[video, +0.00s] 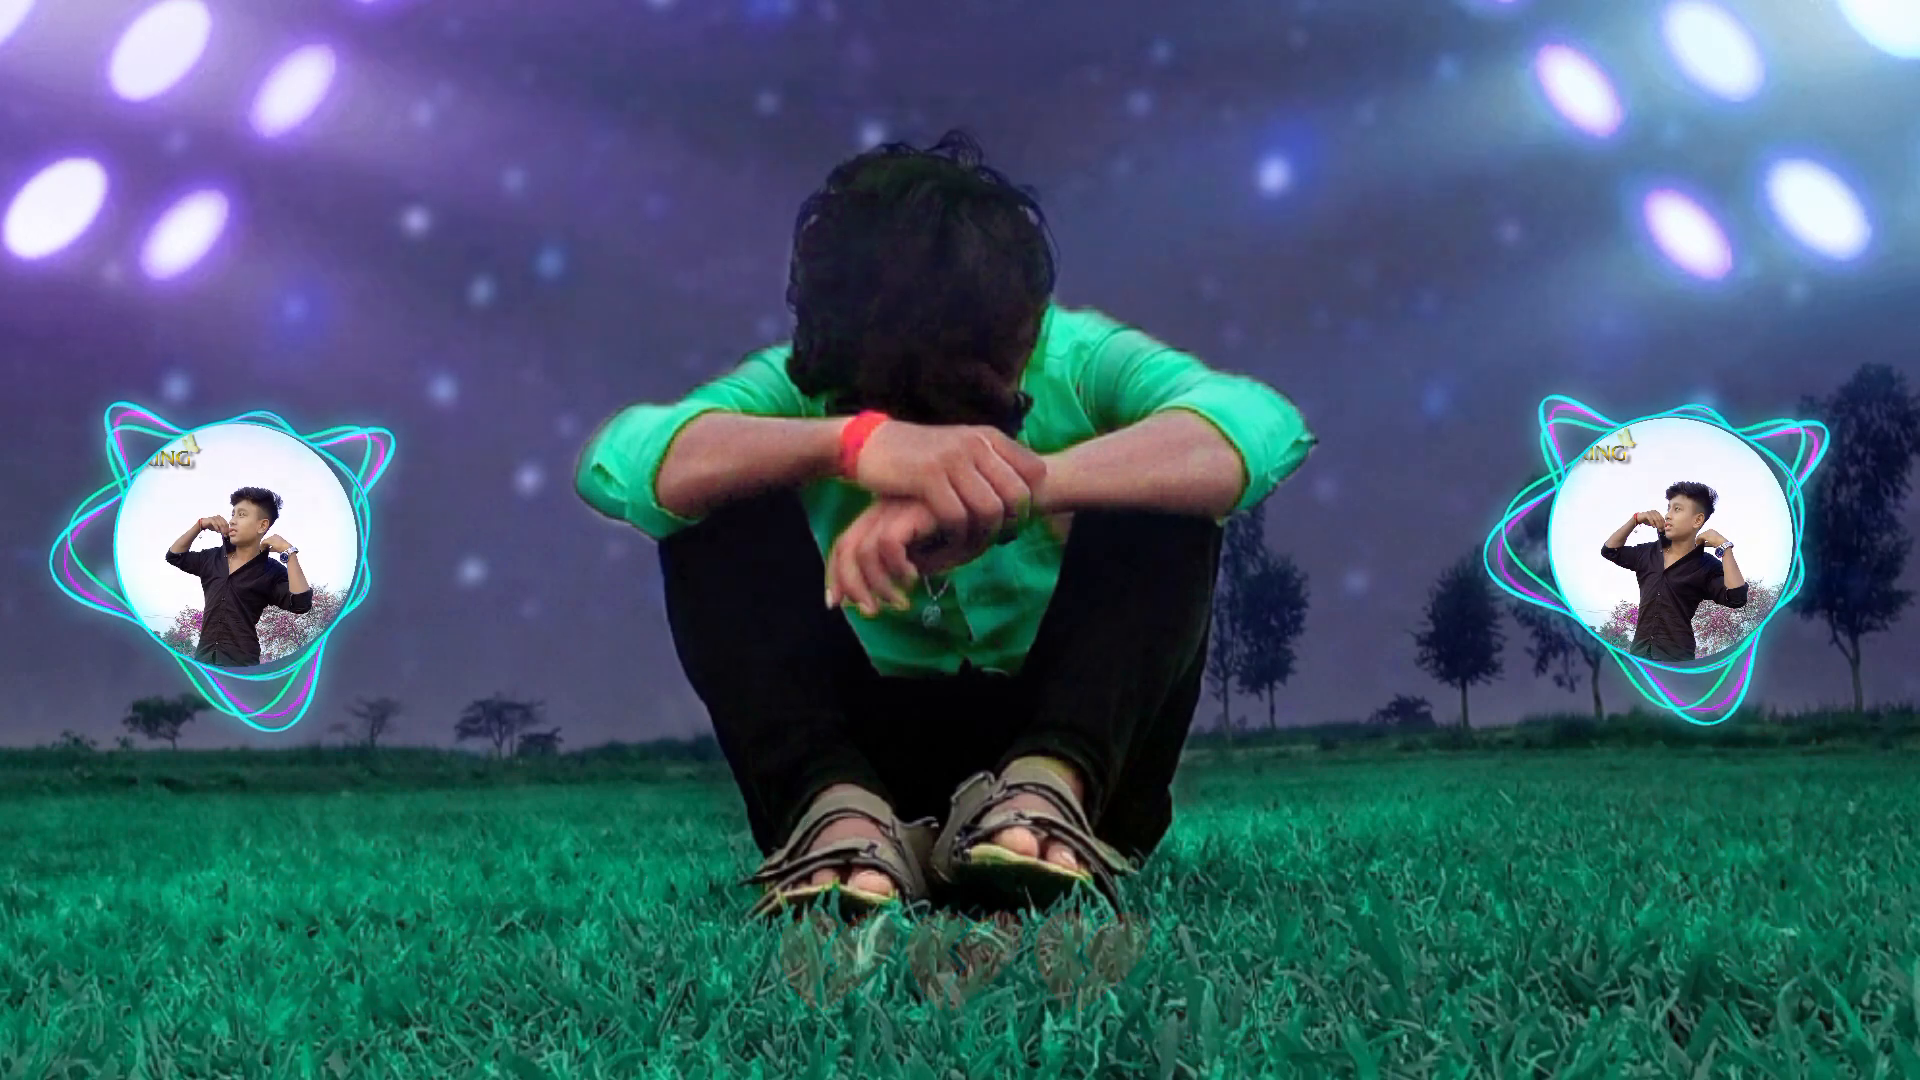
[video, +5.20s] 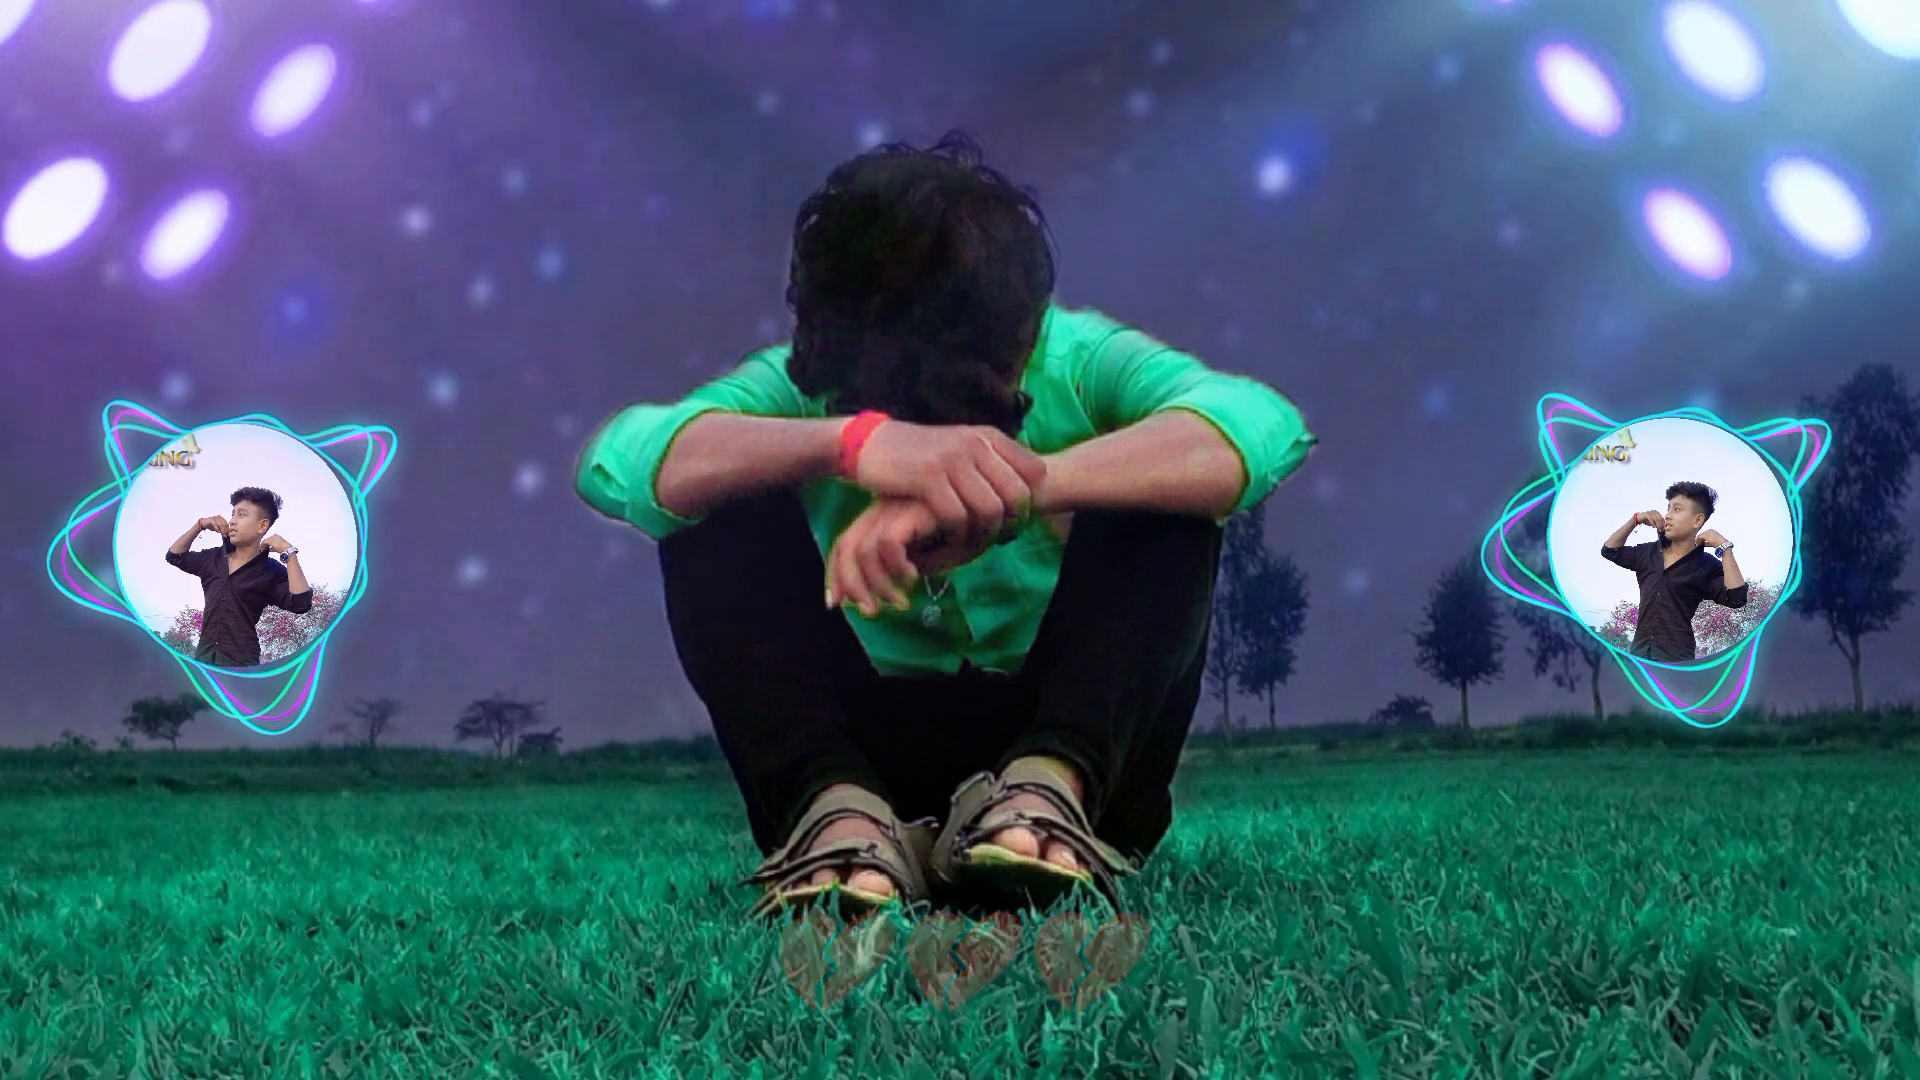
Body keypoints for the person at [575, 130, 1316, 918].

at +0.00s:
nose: (931, 454)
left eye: (968, 411)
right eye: (893, 418)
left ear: (1023, 348)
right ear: (821, 369)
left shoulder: (1076, 355)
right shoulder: (795, 382)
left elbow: (1266, 429)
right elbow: (611, 468)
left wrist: (1000, 492)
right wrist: (852, 446)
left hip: (1059, 749)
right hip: (863, 755)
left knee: (1166, 488)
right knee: (714, 500)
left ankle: (1043, 789)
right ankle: (835, 817)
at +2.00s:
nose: (915, 454)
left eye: (951, 418)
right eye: (878, 415)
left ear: (1019, 356)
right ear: (817, 365)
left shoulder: (1077, 355)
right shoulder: (795, 382)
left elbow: (1265, 429)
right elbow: (611, 467)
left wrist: (1001, 491)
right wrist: (851, 446)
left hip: (1058, 746)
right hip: (863, 751)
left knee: (1165, 487)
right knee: (713, 501)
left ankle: (1044, 789)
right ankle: (835, 816)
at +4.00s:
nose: (991, 407)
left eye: (1003, 374)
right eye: (920, 407)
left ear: (1025, 333)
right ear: (848, 370)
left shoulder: (1073, 354)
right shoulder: (796, 384)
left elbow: (1264, 429)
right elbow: (612, 467)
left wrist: (1001, 491)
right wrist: (851, 447)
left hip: (1059, 746)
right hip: (864, 753)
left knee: (1166, 490)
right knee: (713, 505)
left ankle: (1043, 790)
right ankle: (837, 818)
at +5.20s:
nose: (926, 456)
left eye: (961, 416)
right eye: (884, 416)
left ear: (1019, 356)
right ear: (816, 364)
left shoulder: (1077, 355)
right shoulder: (794, 382)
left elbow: (1266, 429)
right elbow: (611, 467)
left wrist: (999, 491)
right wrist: (852, 445)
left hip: (1060, 748)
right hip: (863, 755)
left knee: (1167, 485)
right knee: (713, 501)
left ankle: (1044, 789)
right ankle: (835, 816)